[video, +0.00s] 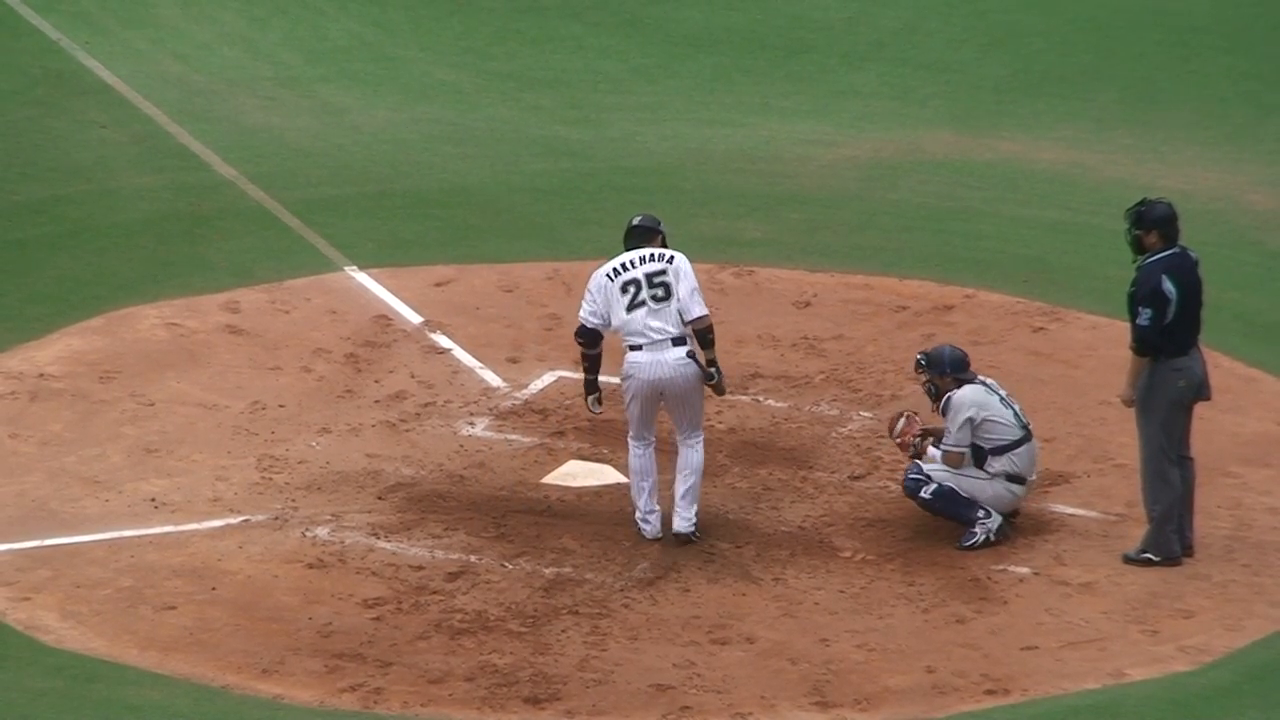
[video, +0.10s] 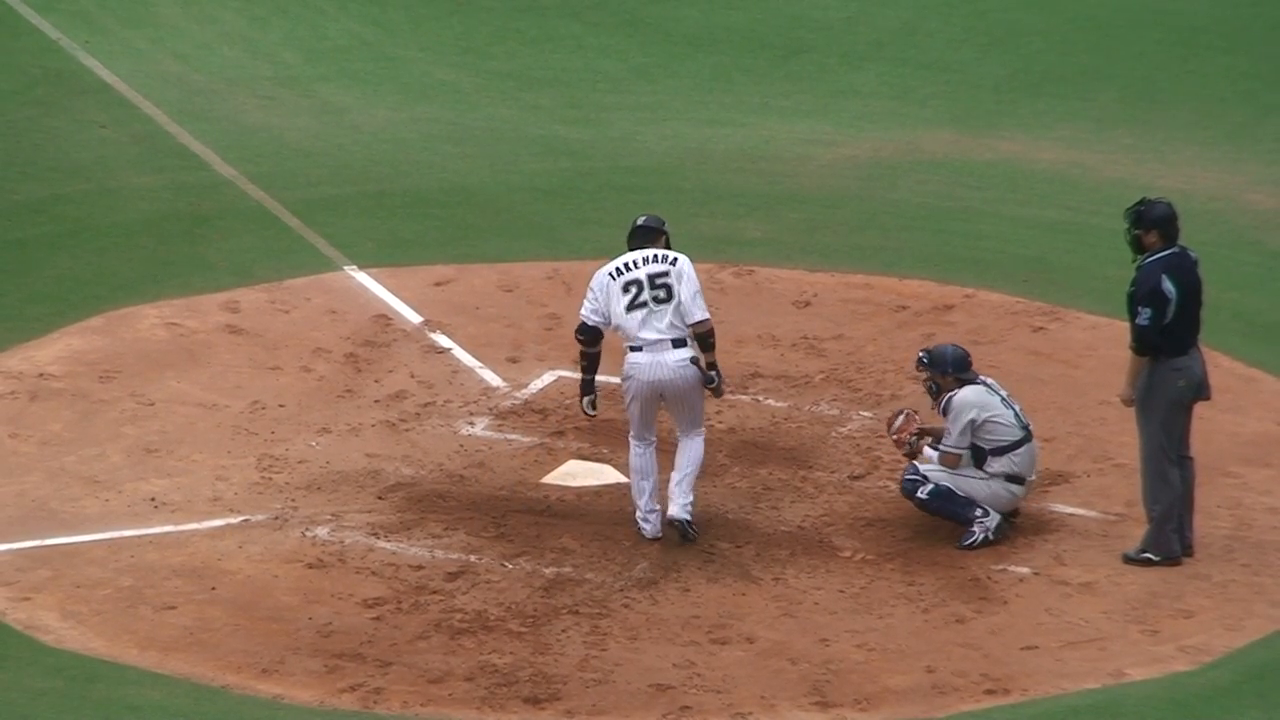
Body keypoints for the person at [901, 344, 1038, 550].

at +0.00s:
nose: (928, 382)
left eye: (931, 377)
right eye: (927, 377)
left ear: (948, 378)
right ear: (959, 375)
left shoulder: (961, 400)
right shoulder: (983, 383)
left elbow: (955, 461)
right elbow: (970, 436)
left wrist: (926, 450)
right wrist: (927, 432)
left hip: (1004, 490)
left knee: (915, 477)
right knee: (936, 454)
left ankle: (985, 520)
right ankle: (1001, 506)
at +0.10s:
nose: (929, 380)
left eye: (933, 375)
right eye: (928, 374)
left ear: (949, 376)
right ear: (961, 373)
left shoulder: (962, 400)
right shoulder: (984, 384)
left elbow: (950, 462)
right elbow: (963, 436)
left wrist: (922, 449)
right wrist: (923, 430)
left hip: (1003, 490)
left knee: (913, 479)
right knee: (932, 453)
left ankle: (984, 519)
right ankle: (1001, 505)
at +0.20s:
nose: (928, 380)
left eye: (932, 376)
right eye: (928, 375)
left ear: (949, 378)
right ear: (961, 375)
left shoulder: (963, 402)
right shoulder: (983, 385)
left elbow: (948, 463)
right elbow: (959, 435)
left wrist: (918, 451)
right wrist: (919, 431)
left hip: (1003, 491)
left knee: (912, 480)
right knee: (931, 452)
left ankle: (983, 518)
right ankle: (1001, 506)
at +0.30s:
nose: (928, 382)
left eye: (932, 377)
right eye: (928, 376)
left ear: (948, 380)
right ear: (961, 375)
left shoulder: (963, 403)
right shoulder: (982, 387)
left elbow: (948, 464)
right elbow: (957, 436)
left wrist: (916, 452)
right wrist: (919, 435)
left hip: (1003, 492)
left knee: (913, 481)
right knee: (929, 453)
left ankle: (983, 520)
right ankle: (1000, 507)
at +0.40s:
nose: (927, 381)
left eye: (932, 377)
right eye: (928, 376)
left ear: (948, 379)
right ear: (959, 377)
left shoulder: (964, 402)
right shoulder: (981, 386)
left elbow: (949, 463)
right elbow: (957, 435)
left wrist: (916, 452)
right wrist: (919, 436)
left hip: (1004, 491)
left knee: (915, 480)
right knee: (928, 453)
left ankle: (984, 520)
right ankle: (1001, 507)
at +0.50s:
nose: (928, 381)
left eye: (932, 376)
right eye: (928, 376)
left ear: (948, 379)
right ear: (960, 376)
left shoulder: (965, 402)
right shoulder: (981, 387)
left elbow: (951, 462)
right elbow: (957, 435)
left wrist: (916, 452)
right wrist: (920, 437)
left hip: (1004, 491)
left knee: (916, 479)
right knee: (929, 454)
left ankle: (985, 520)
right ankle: (1001, 507)